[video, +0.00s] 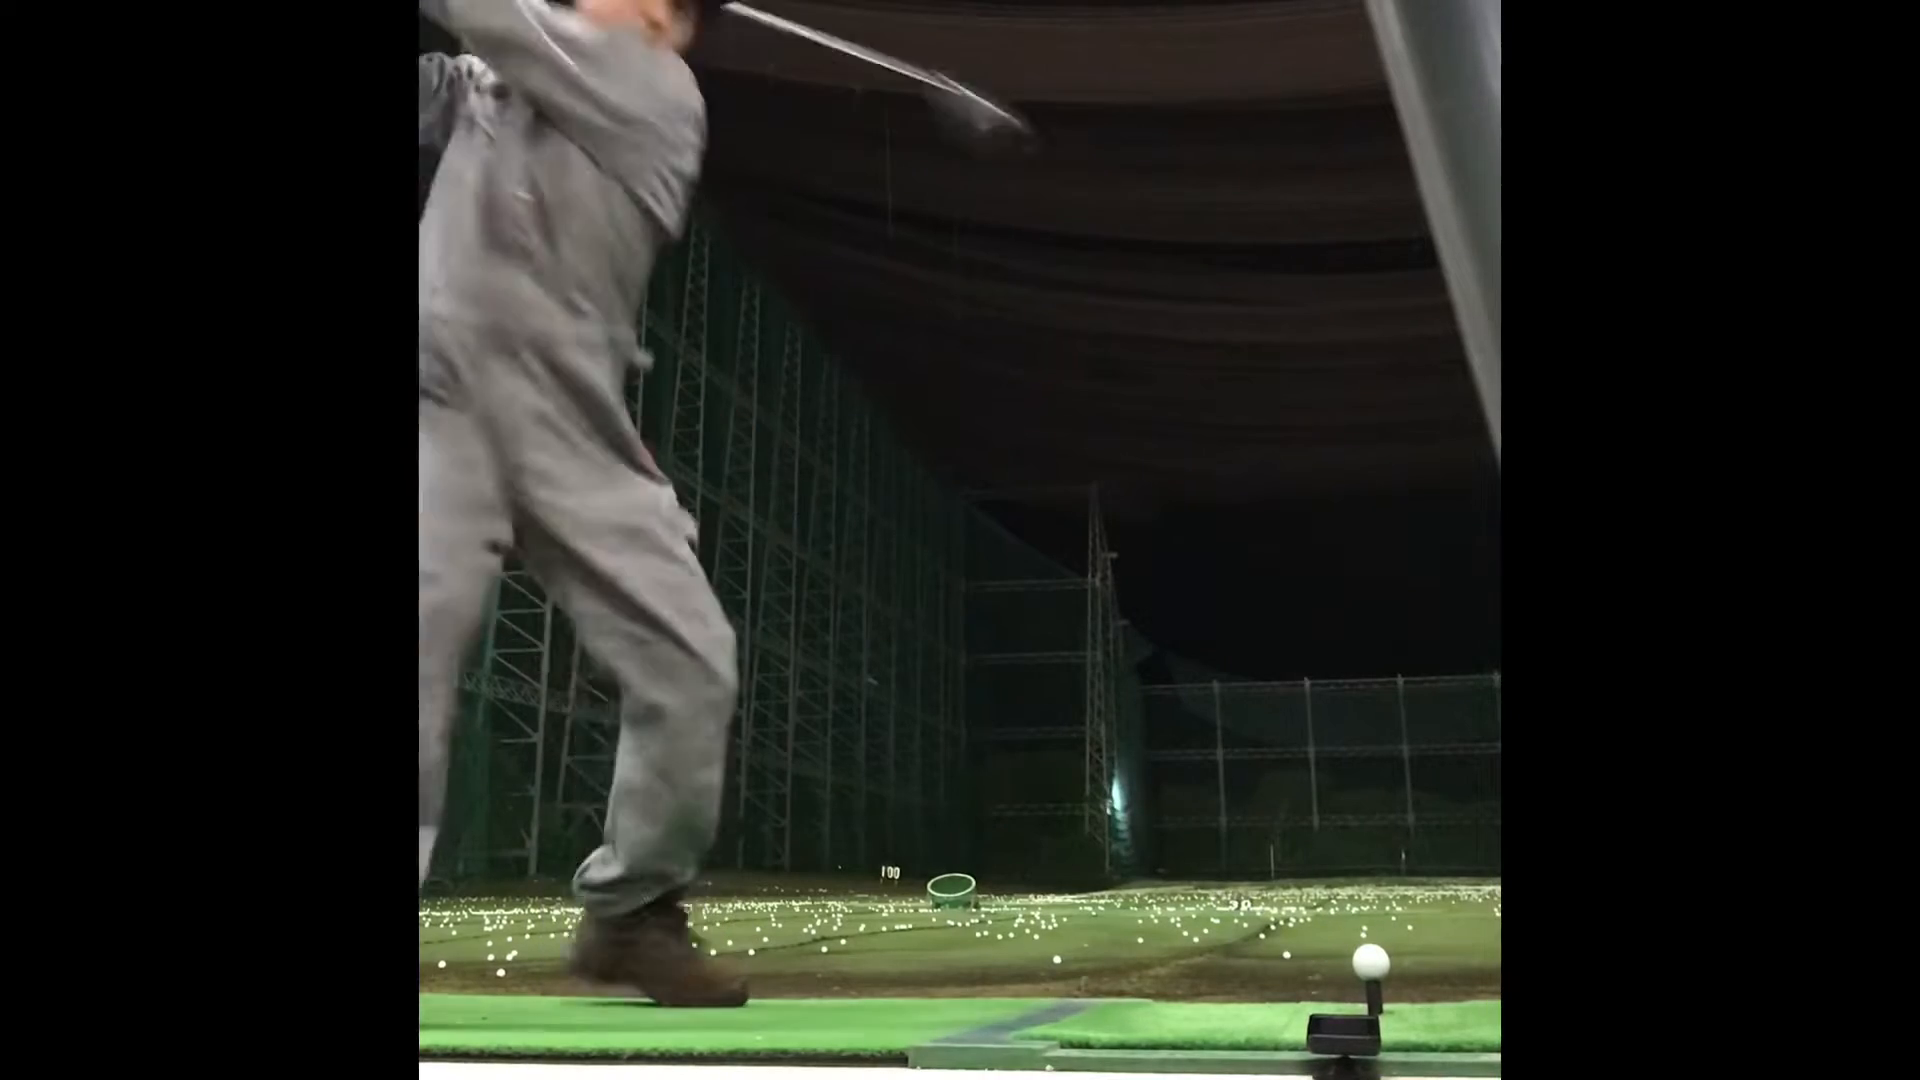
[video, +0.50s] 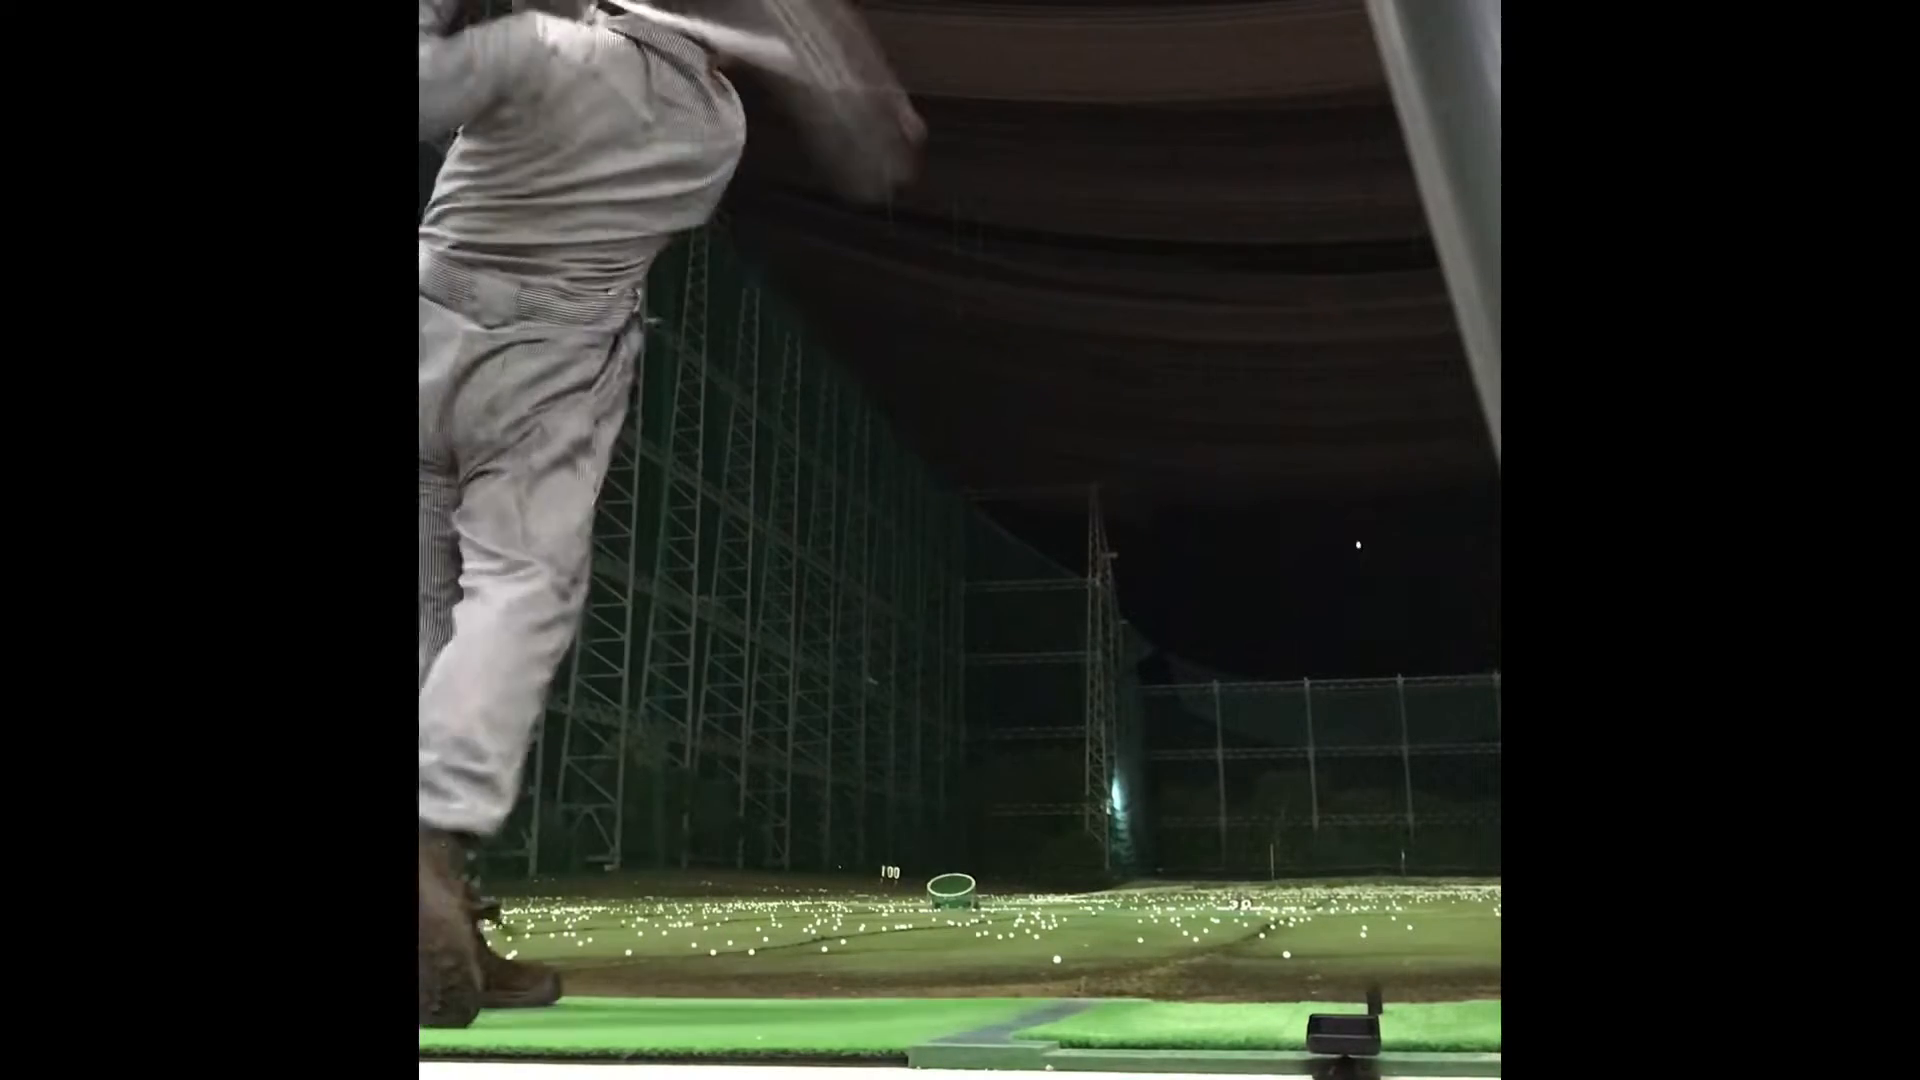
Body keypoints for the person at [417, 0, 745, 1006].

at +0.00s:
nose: (586, 10)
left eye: (615, 4)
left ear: (668, 21)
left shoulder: (660, 93)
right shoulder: (485, 78)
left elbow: (485, 18)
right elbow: (425, 76)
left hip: (578, 428)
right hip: (442, 410)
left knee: (689, 663)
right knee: (429, 631)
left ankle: (629, 915)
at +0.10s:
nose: (705, 86)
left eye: (717, 72)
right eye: (689, 55)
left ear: (727, 86)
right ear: (615, 29)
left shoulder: (711, 176)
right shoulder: (493, 127)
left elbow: (600, 139)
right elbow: (430, 112)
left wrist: (468, 37)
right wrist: (434, 55)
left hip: (593, 493)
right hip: (467, 450)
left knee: (696, 667)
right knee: (517, 635)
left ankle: (625, 933)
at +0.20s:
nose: (701, 62)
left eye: (710, 43)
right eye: (689, 36)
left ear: (646, 21)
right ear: (617, 9)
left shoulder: (655, 95)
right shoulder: (539, 96)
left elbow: (712, 219)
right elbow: (608, 283)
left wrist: (763, 343)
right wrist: (729, 400)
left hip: (559, 396)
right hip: (485, 385)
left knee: (598, 621)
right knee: (519, 604)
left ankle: (623, 909)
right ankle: (426, 872)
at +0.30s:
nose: (730, 63)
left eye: (741, 43)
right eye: (729, 37)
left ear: (646, 8)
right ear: (661, 9)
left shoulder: (524, 17)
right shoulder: (640, 131)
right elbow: (705, 244)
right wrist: (735, 278)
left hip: (467, 344)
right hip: (532, 368)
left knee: (482, 607)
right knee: (480, 611)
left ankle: (466, 906)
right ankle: (466, 912)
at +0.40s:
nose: (759, 72)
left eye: (772, 55)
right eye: (766, 49)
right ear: (732, 30)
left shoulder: (527, 12)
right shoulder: (725, 132)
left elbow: (425, 36)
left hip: (435, 322)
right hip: (564, 356)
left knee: (440, 605)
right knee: (510, 599)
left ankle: (459, 924)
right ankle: (423, 865)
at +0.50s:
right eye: (729, 33)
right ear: (709, 27)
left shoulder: (523, 48)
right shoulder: (715, 126)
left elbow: (428, 92)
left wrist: (466, 18)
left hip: (434, 329)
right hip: (561, 357)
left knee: (437, 607)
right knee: (520, 587)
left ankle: (442, 920)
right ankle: (435, 851)